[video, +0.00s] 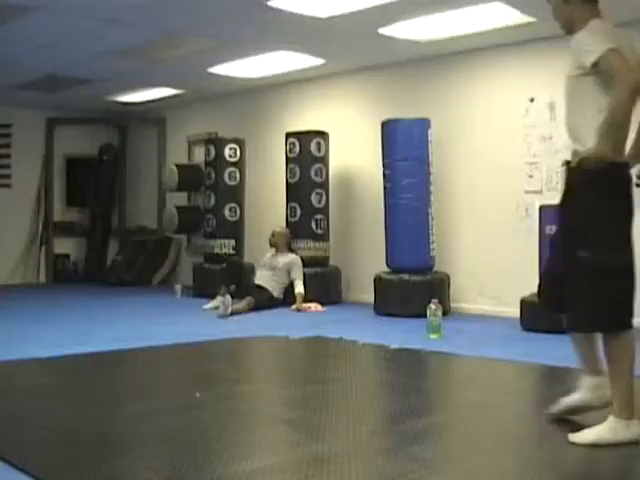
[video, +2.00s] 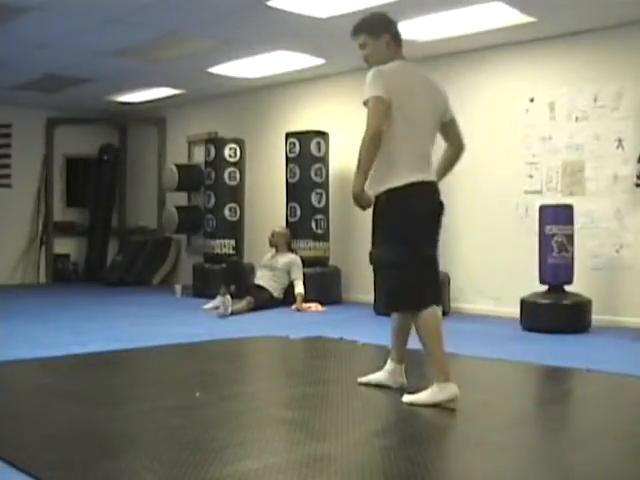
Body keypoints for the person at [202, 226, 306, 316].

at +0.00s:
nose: (271, 237)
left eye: (274, 235)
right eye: (272, 235)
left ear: (284, 239)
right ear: (276, 239)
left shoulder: (294, 259)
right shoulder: (270, 254)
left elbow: (298, 282)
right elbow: (261, 272)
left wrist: (299, 302)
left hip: (270, 294)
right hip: (254, 288)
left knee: (250, 301)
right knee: (234, 265)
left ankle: (230, 310)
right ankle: (221, 298)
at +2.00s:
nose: (270, 237)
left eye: (273, 235)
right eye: (271, 235)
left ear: (282, 239)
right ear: (278, 239)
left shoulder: (293, 259)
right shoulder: (270, 254)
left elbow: (298, 282)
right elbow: (262, 273)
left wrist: (299, 302)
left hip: (271, 293)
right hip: (255, 287)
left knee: (250, 300)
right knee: (233, 265)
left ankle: (230, 310)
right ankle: (221, 298)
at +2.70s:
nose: (270, 237)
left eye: (273, 235)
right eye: (271, 235)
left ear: (283, 239)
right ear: (278, 239)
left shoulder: (292, 258)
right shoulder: (269, 255)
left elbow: (296, 281)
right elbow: (261, 273)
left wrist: (298, 301)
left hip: (270, 294)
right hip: (255, 287)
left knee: (250, 301)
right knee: (234, 264)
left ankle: (230, 310)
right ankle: (221, 298)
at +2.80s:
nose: (269, 238)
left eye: (273, 236)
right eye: (271, 235)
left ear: (281, 239)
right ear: (277, 240)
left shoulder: (285, 258)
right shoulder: (269, 255)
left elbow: (286, 280)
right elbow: (261, 273)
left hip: (270, 293)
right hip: (254, 287)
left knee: (250, 301)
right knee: (234, 264)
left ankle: (230, 309)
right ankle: (221, 298)